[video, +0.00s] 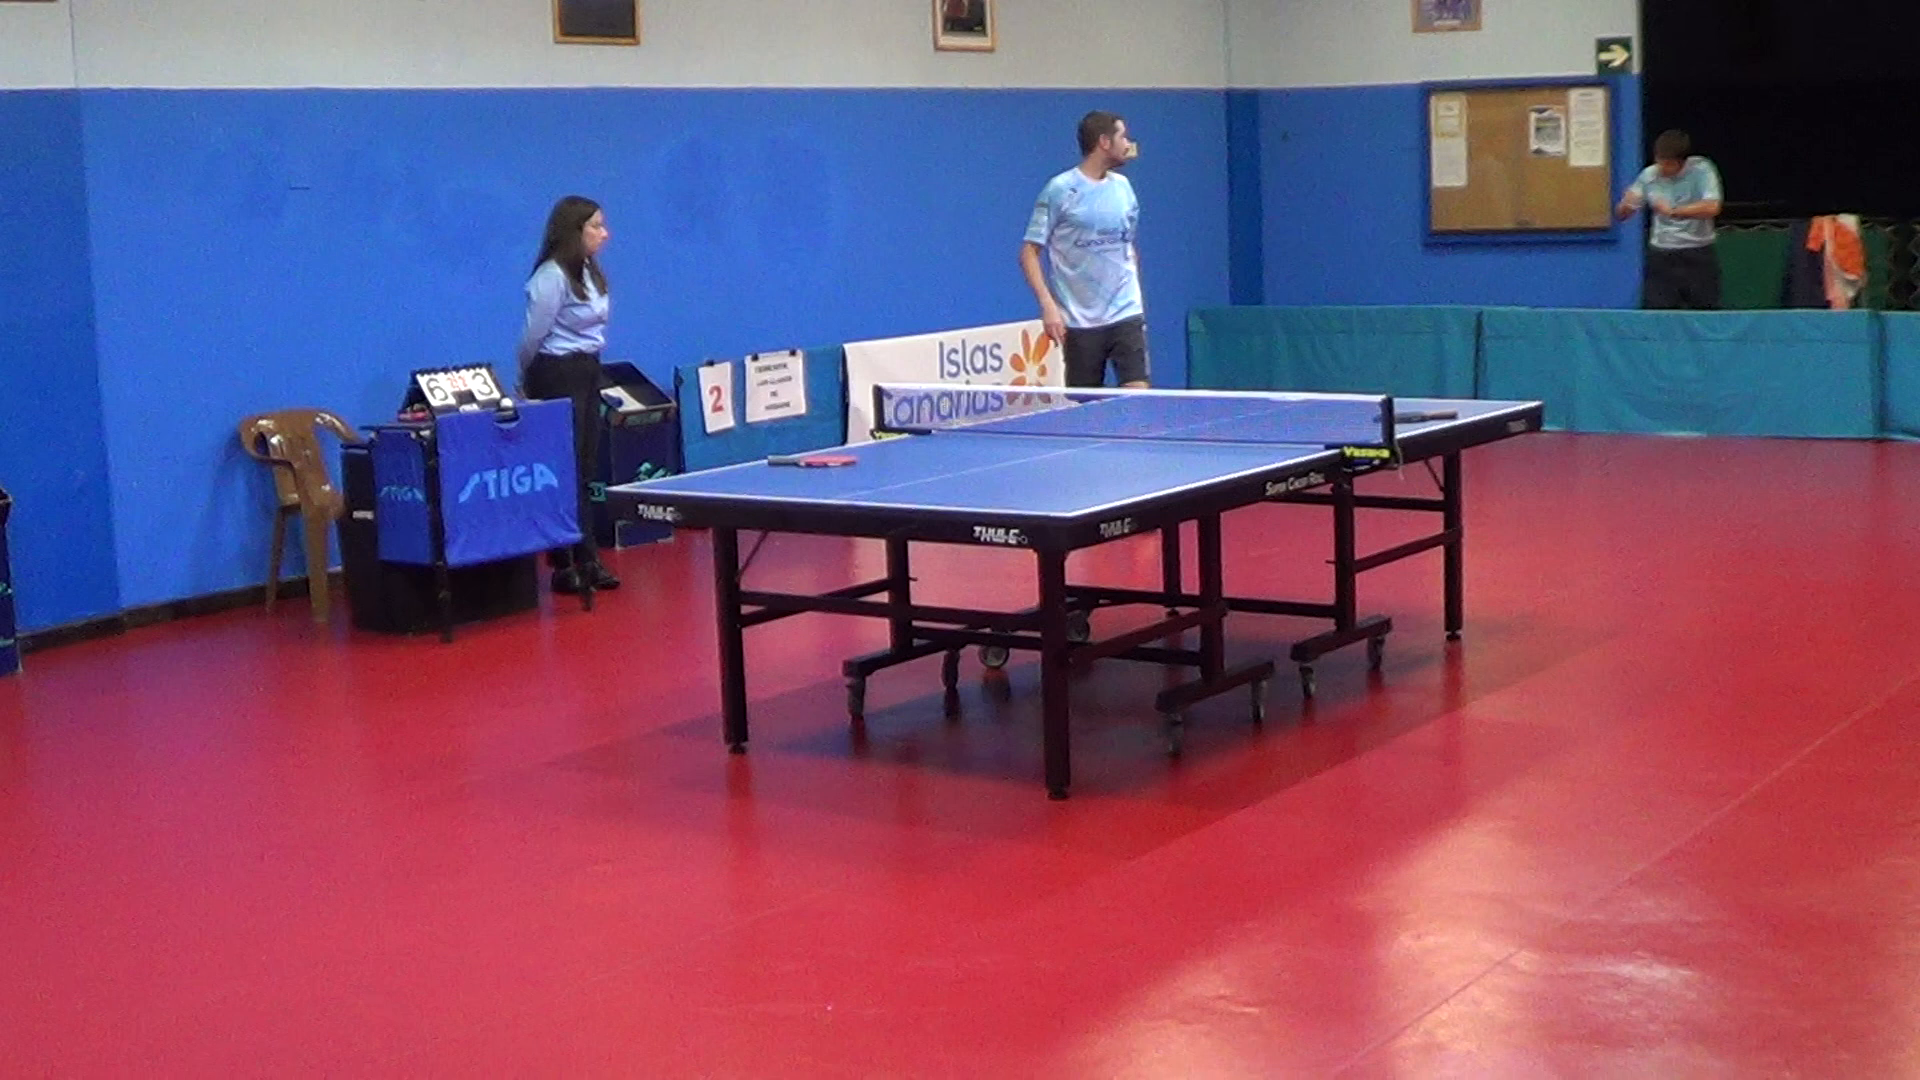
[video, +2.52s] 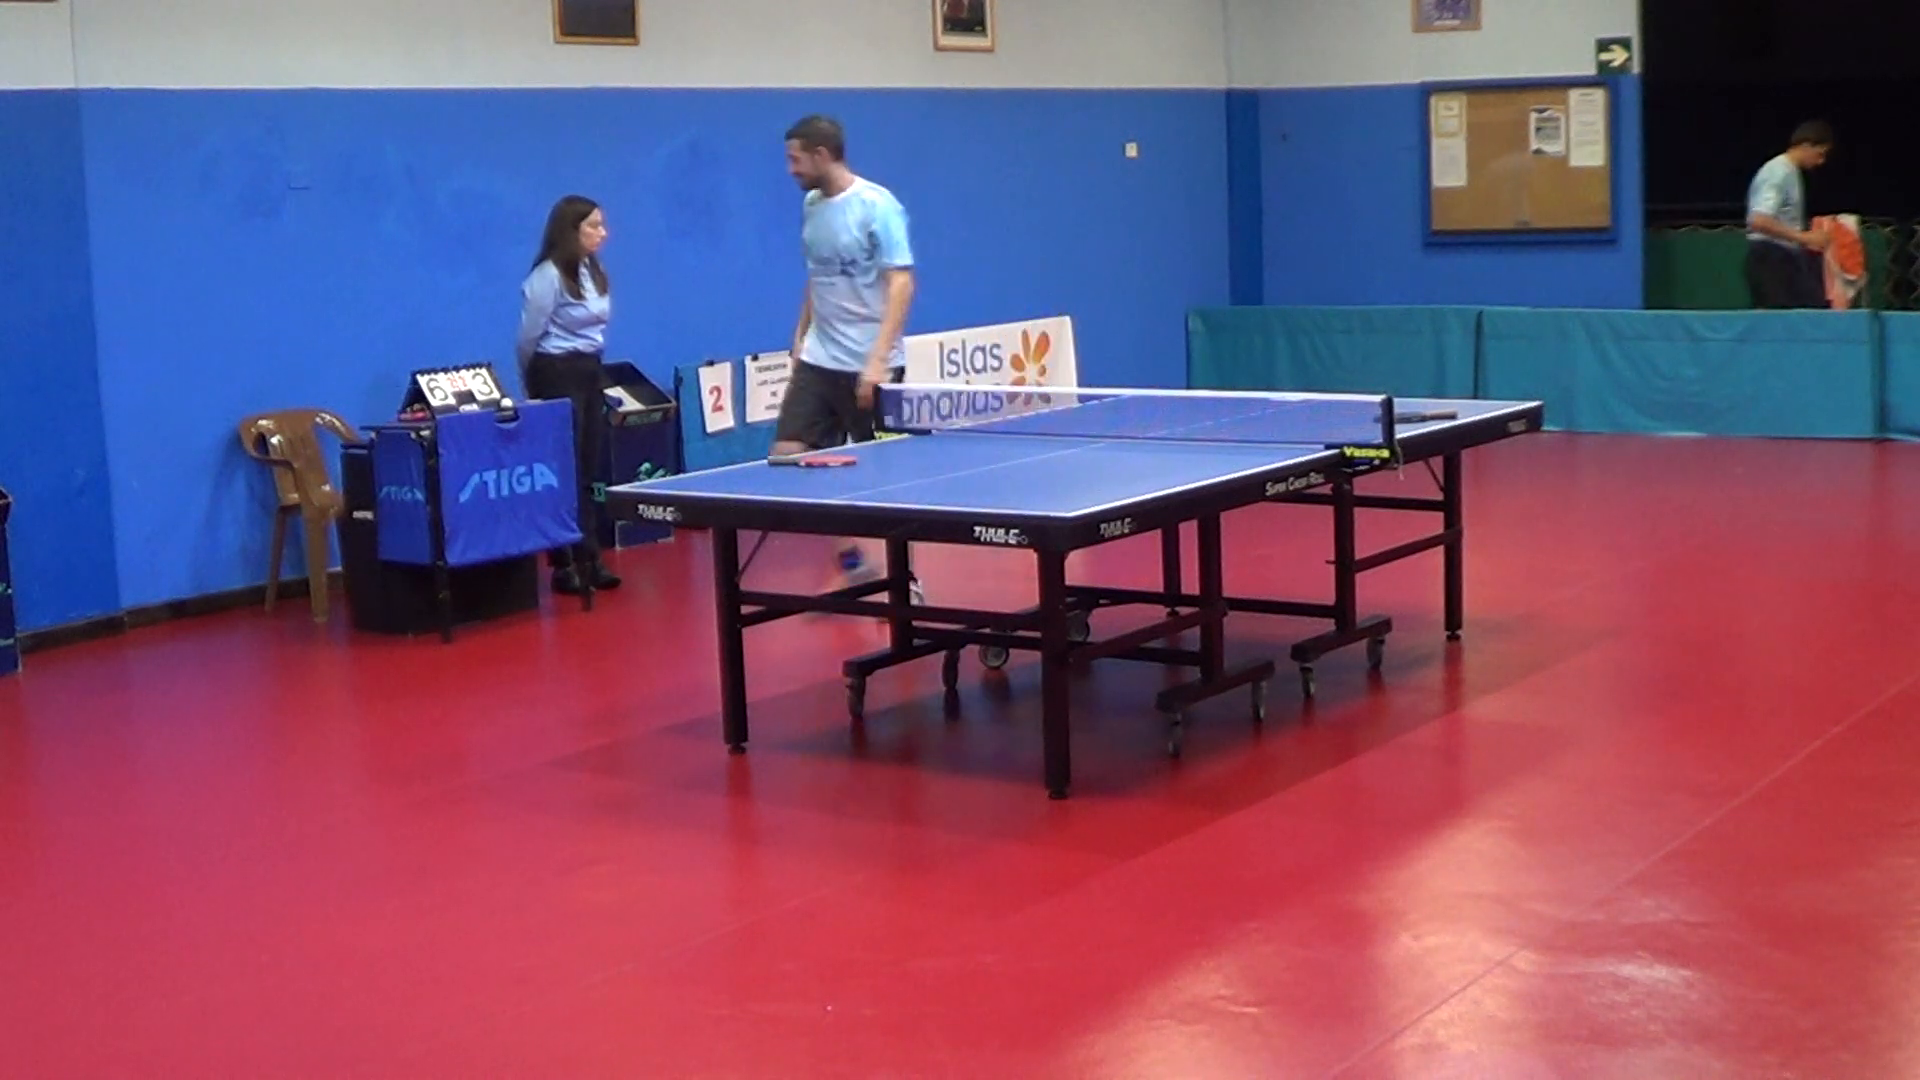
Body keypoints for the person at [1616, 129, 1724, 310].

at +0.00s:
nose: (1663, 168)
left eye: (1668, 164)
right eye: (1661, 163)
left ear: (1681, 161)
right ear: (1657, 159)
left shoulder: (1702, 169)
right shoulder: (1649, 174)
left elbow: (1712, 207)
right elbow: (1622, 214)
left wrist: (1673, 211)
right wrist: (1627, 205)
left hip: (1698, 254)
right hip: (1662, 255)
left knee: (1705, 314)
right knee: (1658, 315)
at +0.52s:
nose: (1663, 168)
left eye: (1668, 164)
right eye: (1661, 163)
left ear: (1681, 161)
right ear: (1657, 159)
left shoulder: (1702, 169)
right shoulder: (1649, 174)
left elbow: (1712, 207)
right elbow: (1622, 214)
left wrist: (1673, 211)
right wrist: (1627, 205)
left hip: (1698, 254)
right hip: (1662, 255)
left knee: (1705, 314)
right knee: (1658, 315)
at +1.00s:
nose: (1651, 147)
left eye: (1658, 141)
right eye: (1648, 140)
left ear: (1672, 141)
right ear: (1643, 140)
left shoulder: (1690, 168)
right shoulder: (1635, 171)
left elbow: (1712, 204)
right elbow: (1618, 200)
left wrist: (1679, 211)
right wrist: (1615, 208)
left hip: (1685, 249)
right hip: (1648, 251)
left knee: (1693, 310)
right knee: (1649, 312)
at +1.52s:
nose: (1696, 150)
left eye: (1701, 145)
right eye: (1692, 143)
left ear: (1706, 146)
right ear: (1678, 139)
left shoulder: (1715, 174)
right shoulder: (1654, 173)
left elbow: (1736, 210)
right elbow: (1629, 212)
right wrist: (1647, 212)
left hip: (1703, 252)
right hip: (1664, 252)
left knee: (1706, 316)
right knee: (1664, 317)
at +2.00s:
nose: (1763, 154)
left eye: (1766, 148)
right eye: (1761, 146)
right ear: (1744, 139)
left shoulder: (1749, 174)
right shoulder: (1708, 168)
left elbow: (1747, 223)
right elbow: (1682, 212)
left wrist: (1756, 262)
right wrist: (1724, 219)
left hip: (1739, 250)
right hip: (1711, 248)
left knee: (1739, 313)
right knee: (1716, 313)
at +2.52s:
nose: (1821, 161)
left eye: (1823, 156)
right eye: (1820, 154)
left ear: (1808, 146)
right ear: (1807, 145)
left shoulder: (1791, 172)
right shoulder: (1777, 170)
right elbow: (1759, 219)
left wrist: (1812, 234)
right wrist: (1804, 238)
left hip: (1788, 253)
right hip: (1769, 253)